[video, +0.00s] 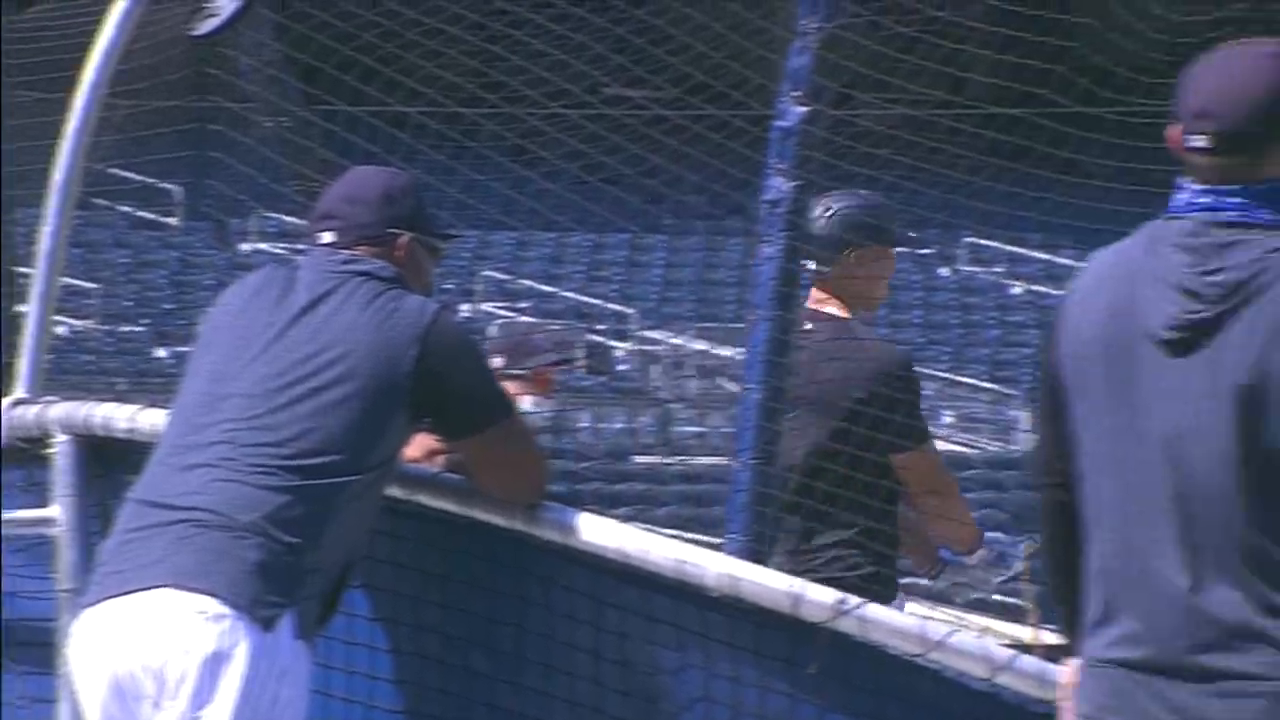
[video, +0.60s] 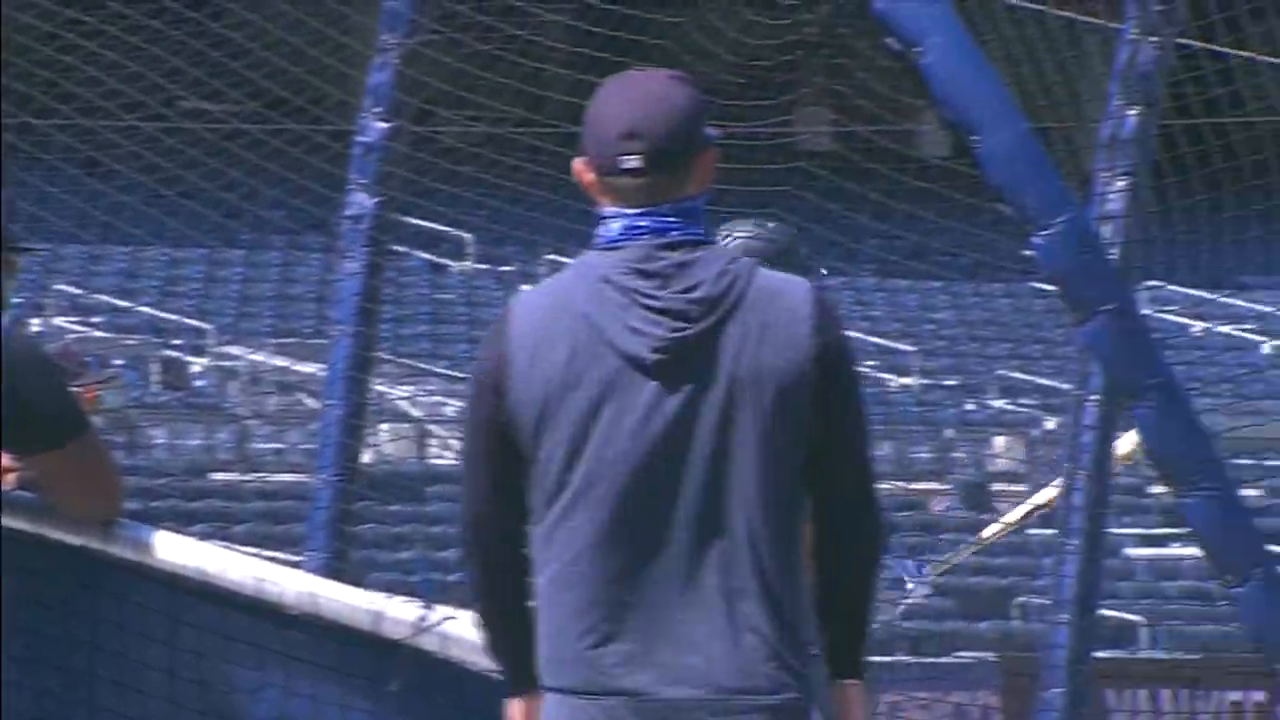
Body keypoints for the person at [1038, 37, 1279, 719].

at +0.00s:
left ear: (1175, 140)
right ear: (1279, 147)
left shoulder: (1097, 284)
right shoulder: (1271, 284)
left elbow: (1057, 479)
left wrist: (1078, 635)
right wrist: (1079, 638)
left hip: (1123, 683)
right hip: (1258, 687)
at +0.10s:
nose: (1206, 156)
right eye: (1204, 142)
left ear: (1067, 149)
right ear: (1187, 161)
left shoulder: (983, 296)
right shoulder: (1234, 313)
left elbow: (950, 493)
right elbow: (1263, 520)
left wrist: (973, 652)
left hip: (1015, 685)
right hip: (1178, 691)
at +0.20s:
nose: (1087, 157)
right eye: (1084, 144)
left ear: (952, 157)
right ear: (1070, 162)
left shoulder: (877, 304)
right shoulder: (1126, 311)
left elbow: (847, 507)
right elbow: (1195, 510)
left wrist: (878, 657)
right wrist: (1251, 672)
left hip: (917, 685)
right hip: (1082, 688)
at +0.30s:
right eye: (967, 148)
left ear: (842, 168)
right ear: (958, 164)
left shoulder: (771, 319)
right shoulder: (1028, 310)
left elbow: (743, 520)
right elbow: (1107, 504)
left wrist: (785, 642)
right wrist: (1163, 667)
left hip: (818, 683)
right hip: (987, 688)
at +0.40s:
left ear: (737, 175)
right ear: (855, 167)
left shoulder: (678, 321)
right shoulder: (939, 310)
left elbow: (653, 522)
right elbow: (1014, 500)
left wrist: (700, 646)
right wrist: (1058, 668)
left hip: (729, 683)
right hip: (894, 685)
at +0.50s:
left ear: (655, 178)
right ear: (777, 166)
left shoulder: (599, 324)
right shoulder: (864, 311)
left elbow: (568, 532)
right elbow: (926, 506)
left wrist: (620, 664)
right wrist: (944, 672)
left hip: (654, 689)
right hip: (824, 685)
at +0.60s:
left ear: (584, 179)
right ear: (710, 169)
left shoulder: (530, 324)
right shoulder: (799, 314)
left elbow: (489, 528)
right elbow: (850, 514)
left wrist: (522, 681)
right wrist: (847, 669)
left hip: (588, 693)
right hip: (759, 691)